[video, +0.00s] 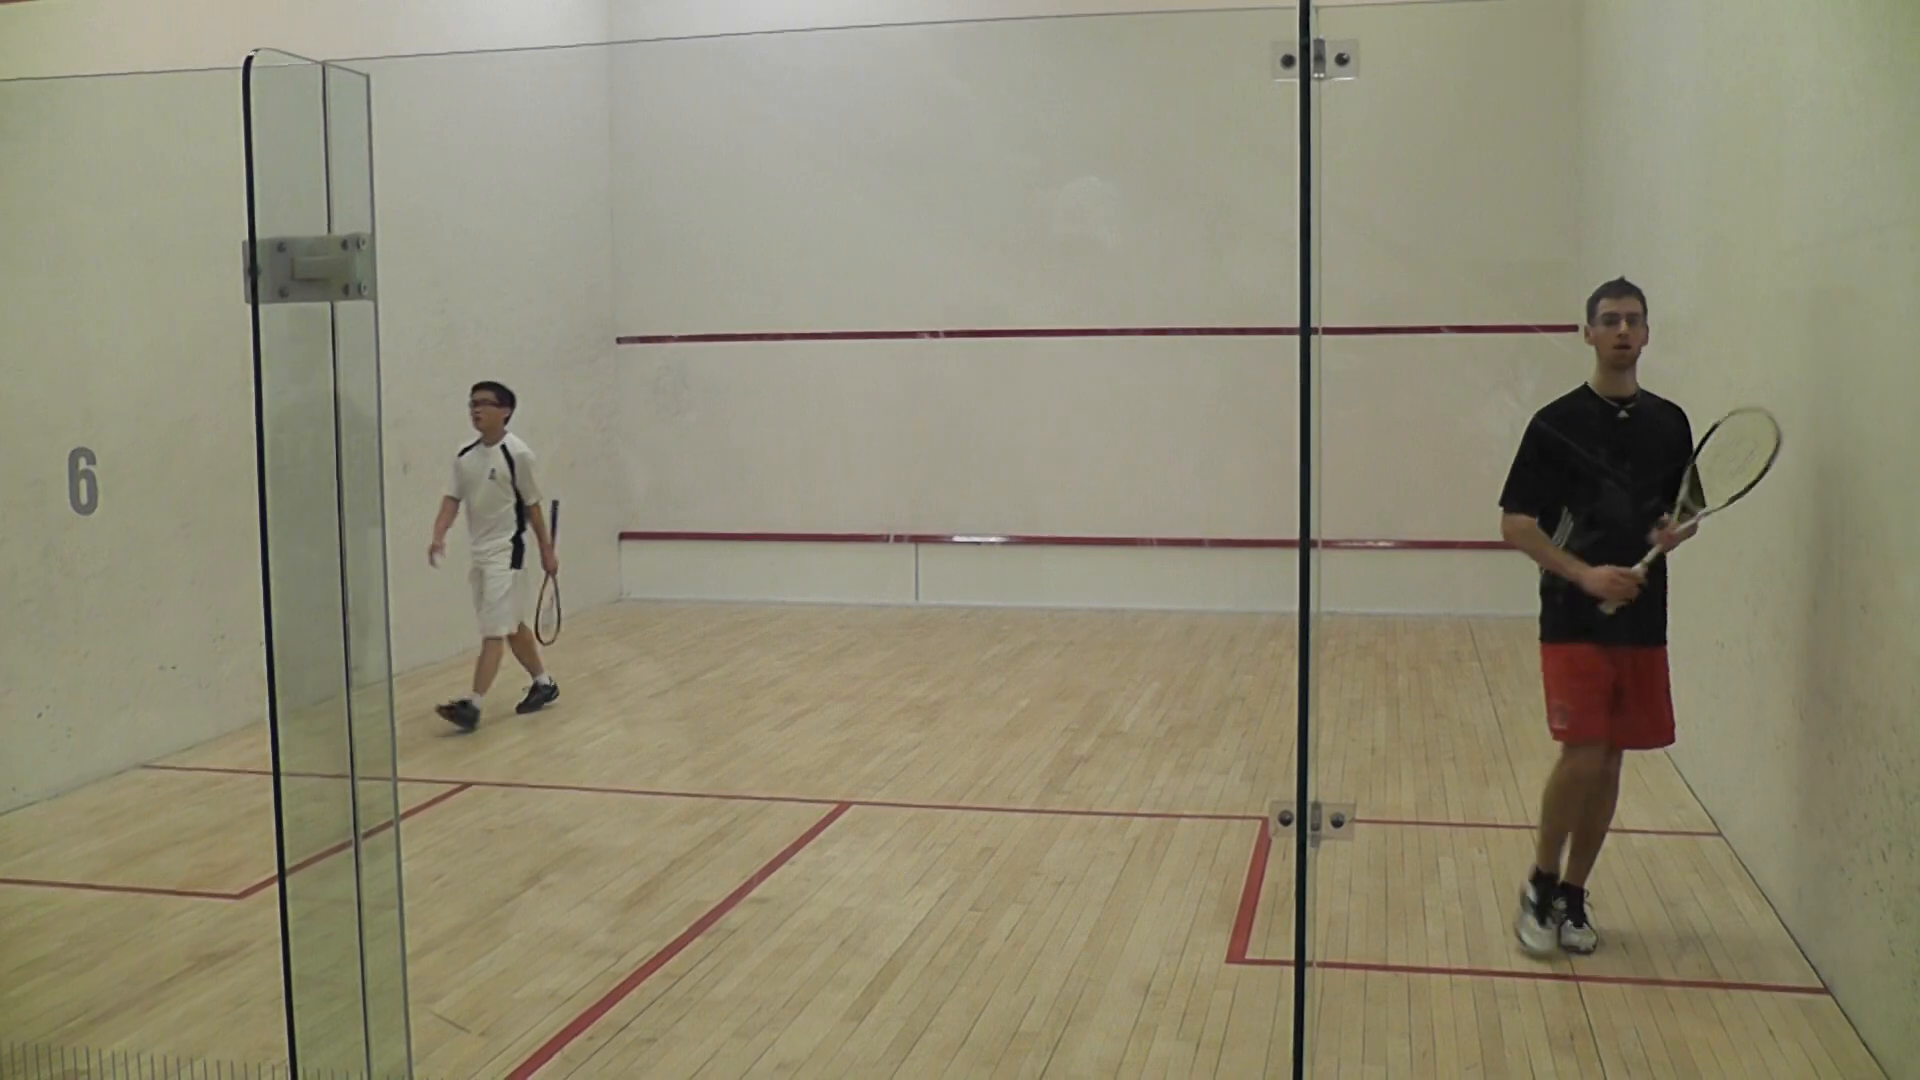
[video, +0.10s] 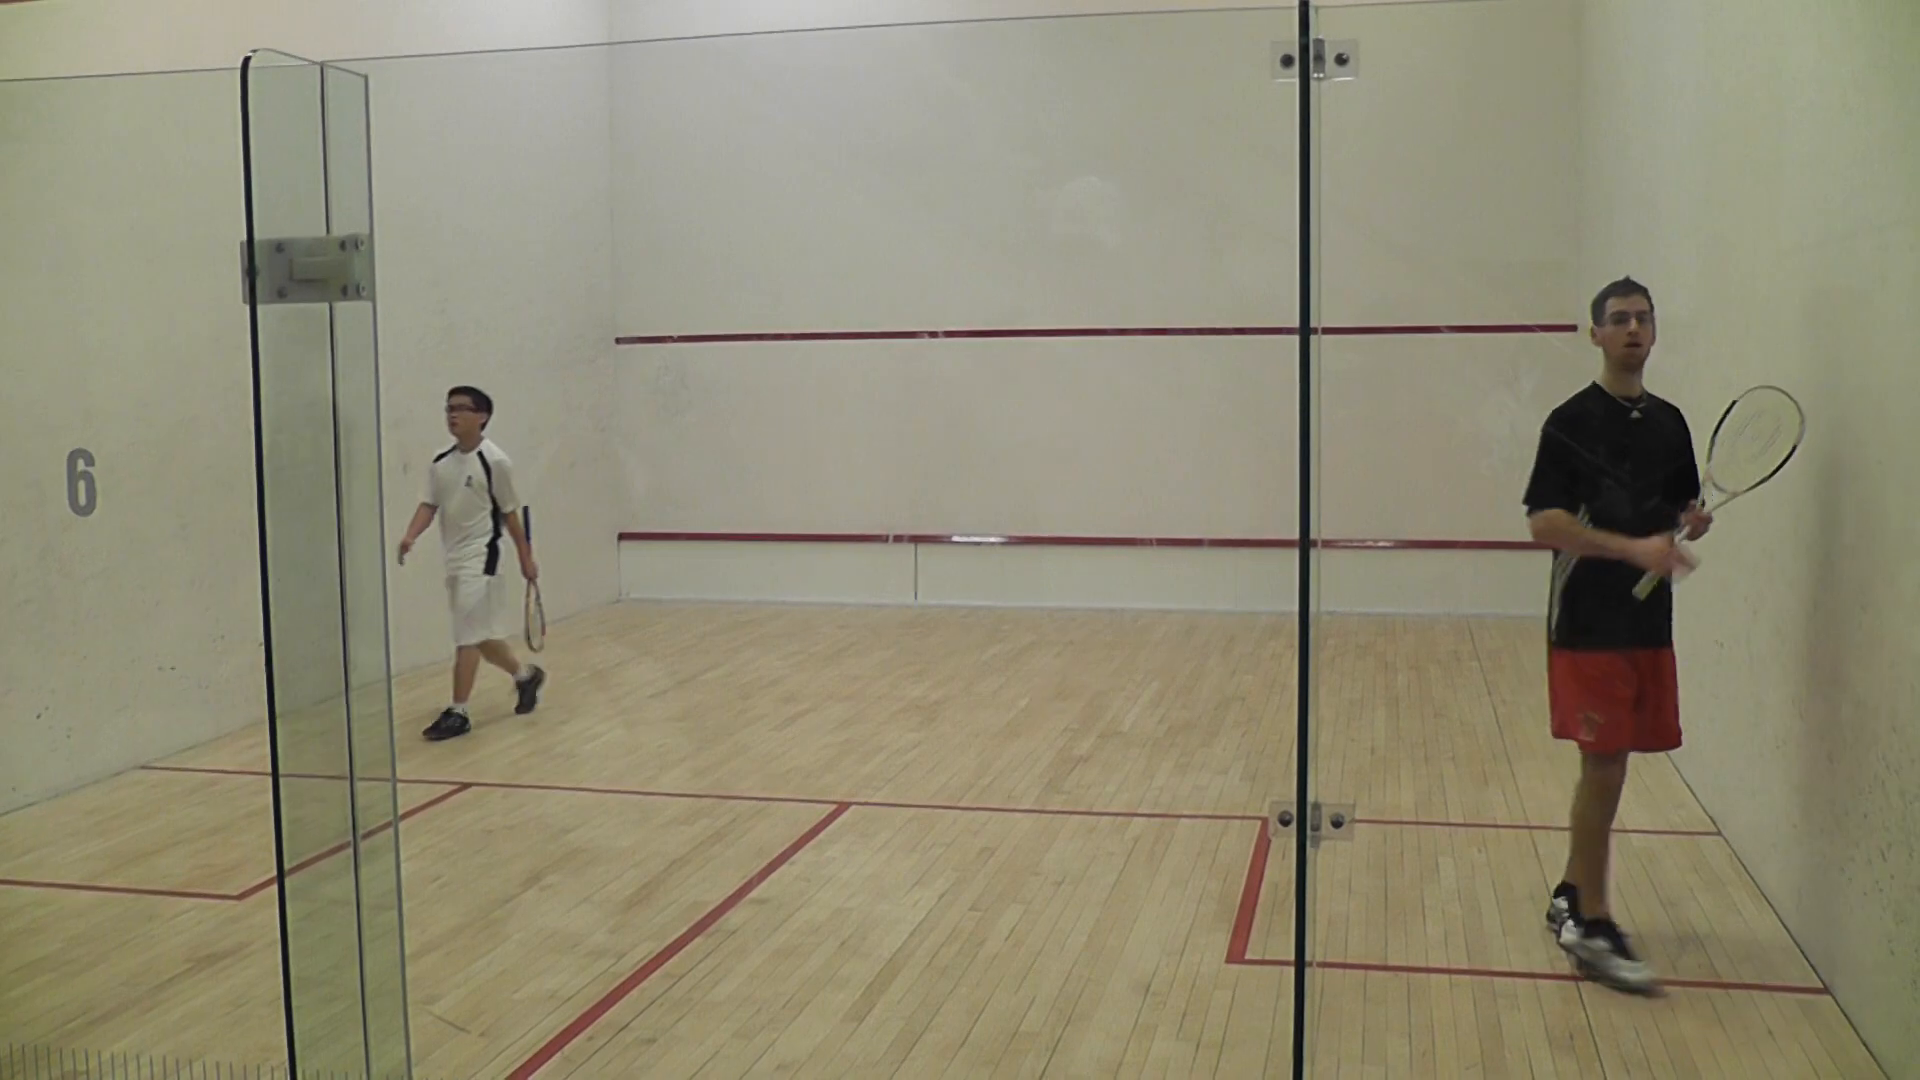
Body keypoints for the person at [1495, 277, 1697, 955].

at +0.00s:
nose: (1624, 332)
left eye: (1634, 321)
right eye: (1611, 321)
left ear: (1648, 333)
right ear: (1589, 333)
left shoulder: (1670, 423)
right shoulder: (1556, 423)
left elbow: (1686, 508)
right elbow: (1516, 526)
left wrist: (1672, 531)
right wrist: (1587, 574)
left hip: (1640, 622)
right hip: (1574, 621)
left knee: (1609, 758)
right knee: (1583, 753)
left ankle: (1574, 896)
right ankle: (1543, 887)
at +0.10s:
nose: (1632, 330)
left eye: (1642, 319)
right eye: (1618, 320)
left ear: (1655, 332)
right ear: (1594, 335)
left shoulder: (1670, 421)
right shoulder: (1571, 421)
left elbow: (1683, 506)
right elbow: (1545, 524)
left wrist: (1693, 516)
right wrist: (1635, 547)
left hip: (1644, 620)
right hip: (1591, 621)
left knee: (1610, 769)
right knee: (1603, 771)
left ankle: (1574, 895)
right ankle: (1592, 924)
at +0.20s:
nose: (1643, 332)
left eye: (1651, 321)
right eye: (1628, 322)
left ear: (1662, 334)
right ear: (1602, 338)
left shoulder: (1663, 422)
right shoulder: (1587, 423)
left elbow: (1671, 515)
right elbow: (1605, 510)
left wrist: (1700, 518)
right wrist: (1706, 481)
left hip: (1652, 627)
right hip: (1603, 630)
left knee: (1615, 767)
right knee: (1621, 776)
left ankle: (1569, 892)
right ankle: (1631, 942)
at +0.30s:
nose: (1662, 328)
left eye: (1666, 317)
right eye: (1644, 320)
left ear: (1672, 332)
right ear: (1615, 338)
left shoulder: (1660, 417)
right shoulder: (1611, 415)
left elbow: (1647, 508)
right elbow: (1678, 483)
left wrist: (1700, 524)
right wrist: (1765, 407)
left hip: (1652, 622)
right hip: (1620, 626)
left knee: (1625, 767)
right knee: (1635, 777)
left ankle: (1560, 891)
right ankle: (1629, 945)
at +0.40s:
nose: (1678, 326)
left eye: (1680, 315)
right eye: (1661, 319)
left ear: (1681, 330)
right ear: (1630, 338)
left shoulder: (1658, 409)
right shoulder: (1634, 412)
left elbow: (1639, 507)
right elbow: (1744, 449)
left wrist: (1697, 523)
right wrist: (1815, 376)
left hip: (1637, 618)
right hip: (1633, 624)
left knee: (1621, 763)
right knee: (1646, 776)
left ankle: (1553, 890)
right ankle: (1630, 944)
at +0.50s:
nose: (1695, 329)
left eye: (1694, 317)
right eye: (1678, 322)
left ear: (1688, 325)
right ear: (1644, 338)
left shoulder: (1653, 402)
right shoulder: (1656, 407)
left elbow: (1637, 506)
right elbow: (1764, 443)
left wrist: (1695, 524)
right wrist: (1851, 388)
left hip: (1628, 616)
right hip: (1641, 623)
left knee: (1619, 760)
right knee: (1650, 773)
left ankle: (1553, 891)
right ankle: (1631, 943)